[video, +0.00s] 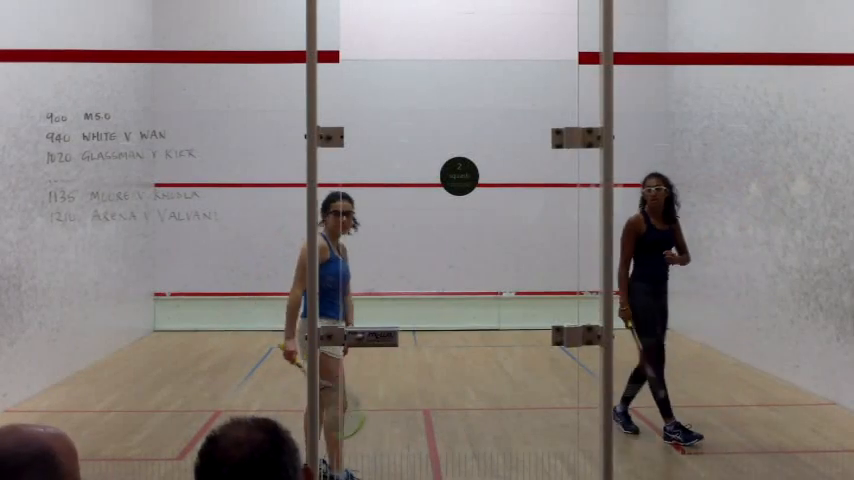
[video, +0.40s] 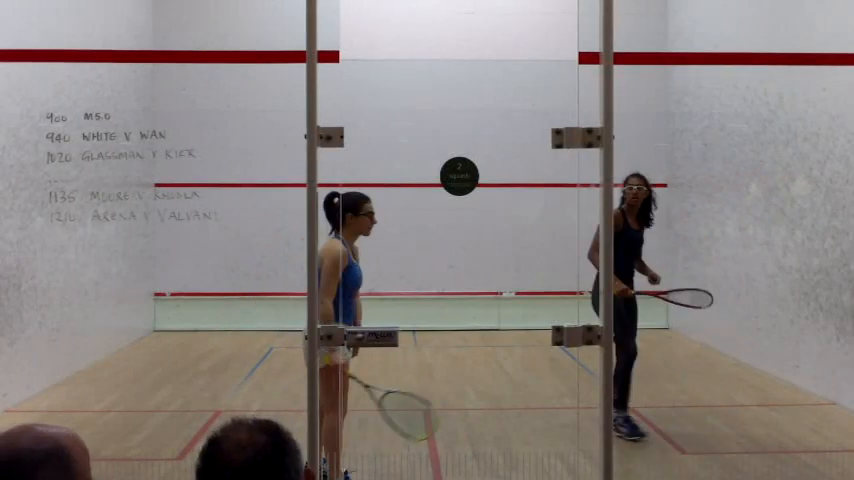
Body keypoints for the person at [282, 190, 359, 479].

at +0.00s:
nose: (344, 219)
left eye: (348, 214)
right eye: (338, 214)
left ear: (352, 219)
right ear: (325, 216)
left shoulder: (341, 249)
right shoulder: (314, 247)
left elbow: (346, 294)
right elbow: (296, 292)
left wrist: (349, 330)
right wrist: (289, 338)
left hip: (333, 330)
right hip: (318, 330)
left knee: (317, 402)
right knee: (336, 401)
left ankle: (311, 464)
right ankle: (337, 469)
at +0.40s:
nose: (374, 220)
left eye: (373, 215)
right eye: (369, 215)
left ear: (352, 218)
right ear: (350, 218)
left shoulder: (352, 248)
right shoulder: (334, 249)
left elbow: (353, 295)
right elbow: (325, 301)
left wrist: (356, 333)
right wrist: (332, 344)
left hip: (340, 341)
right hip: (329, 344)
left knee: (335, 409)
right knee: (334, 410)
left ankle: (325, 466)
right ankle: (334, 471)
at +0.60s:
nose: (378, 220)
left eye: (377, 215)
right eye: (374, 216)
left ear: (354, 222)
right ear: (360, 221)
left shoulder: (337, 249)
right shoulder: (349, 253)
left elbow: (328, 301)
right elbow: (346, 307)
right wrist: (363, 354)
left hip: (314, 334)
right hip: (329, 340)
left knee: (321, 406)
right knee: (340, 409)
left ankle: (310, 465)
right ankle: (336, 474)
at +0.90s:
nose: (364, 218)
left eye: (362, 214)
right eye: (360, 214)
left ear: (337, 220)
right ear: (348, 220)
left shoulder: (323, 249)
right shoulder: (352, 255)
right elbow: (353, 309)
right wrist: (366, 354)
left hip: (296, 328)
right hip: (324, 336)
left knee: (299, 407)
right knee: (339, 409)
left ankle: (279, 463)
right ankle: (336, 473)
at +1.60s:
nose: (341, 219)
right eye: (340, 216)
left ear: (306, 219)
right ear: (337, 218)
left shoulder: (292, 251)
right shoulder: (351, 256)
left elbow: (273, 298)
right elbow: (357, 308)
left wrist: (293, 319)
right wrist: (347, 321)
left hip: (295, 337)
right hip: (335, 341)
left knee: (289, 409)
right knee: (351, 409)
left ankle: (282, 473)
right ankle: (363, 472)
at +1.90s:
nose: (360, 220)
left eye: (359, 216)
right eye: (359, 216)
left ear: (326, 219)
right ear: (356, 219)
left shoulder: (313, 257)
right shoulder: (372, 255)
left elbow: (309, 301)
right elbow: (385, 306)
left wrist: (326, 321)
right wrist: (365, 320)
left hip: (324, 342)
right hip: (361, 343)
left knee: (308, 409)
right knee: (366, 414)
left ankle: (291, 468)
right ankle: (366, 473)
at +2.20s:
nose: (347, 218)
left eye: (339, 214)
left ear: (337, 218)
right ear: (366, 216)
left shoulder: (326, 254)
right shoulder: (385, 253)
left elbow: (313, 299)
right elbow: (398, 304)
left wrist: (324, 321)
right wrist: (377, 320)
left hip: (333, 340)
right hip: (371, 342)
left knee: (321, 410)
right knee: (371, 413)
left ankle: (317, 470)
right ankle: (370, 472)